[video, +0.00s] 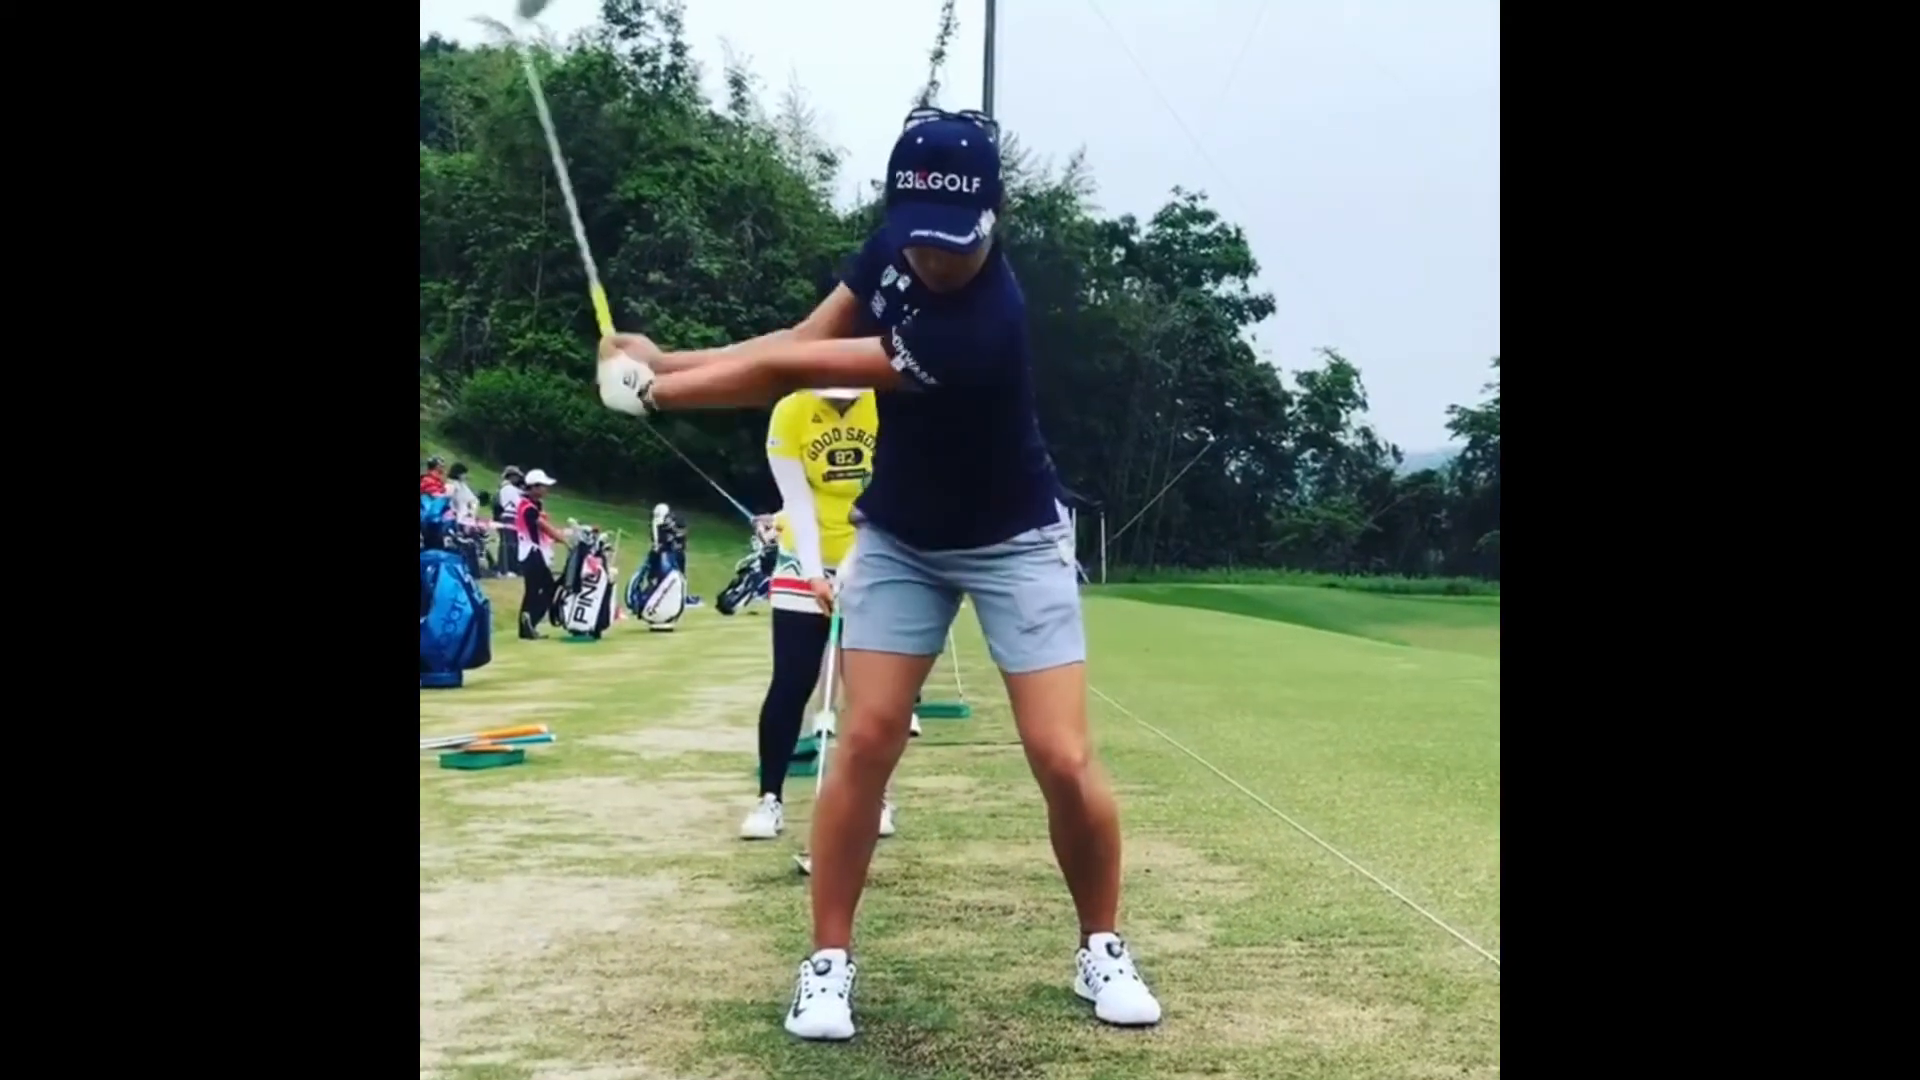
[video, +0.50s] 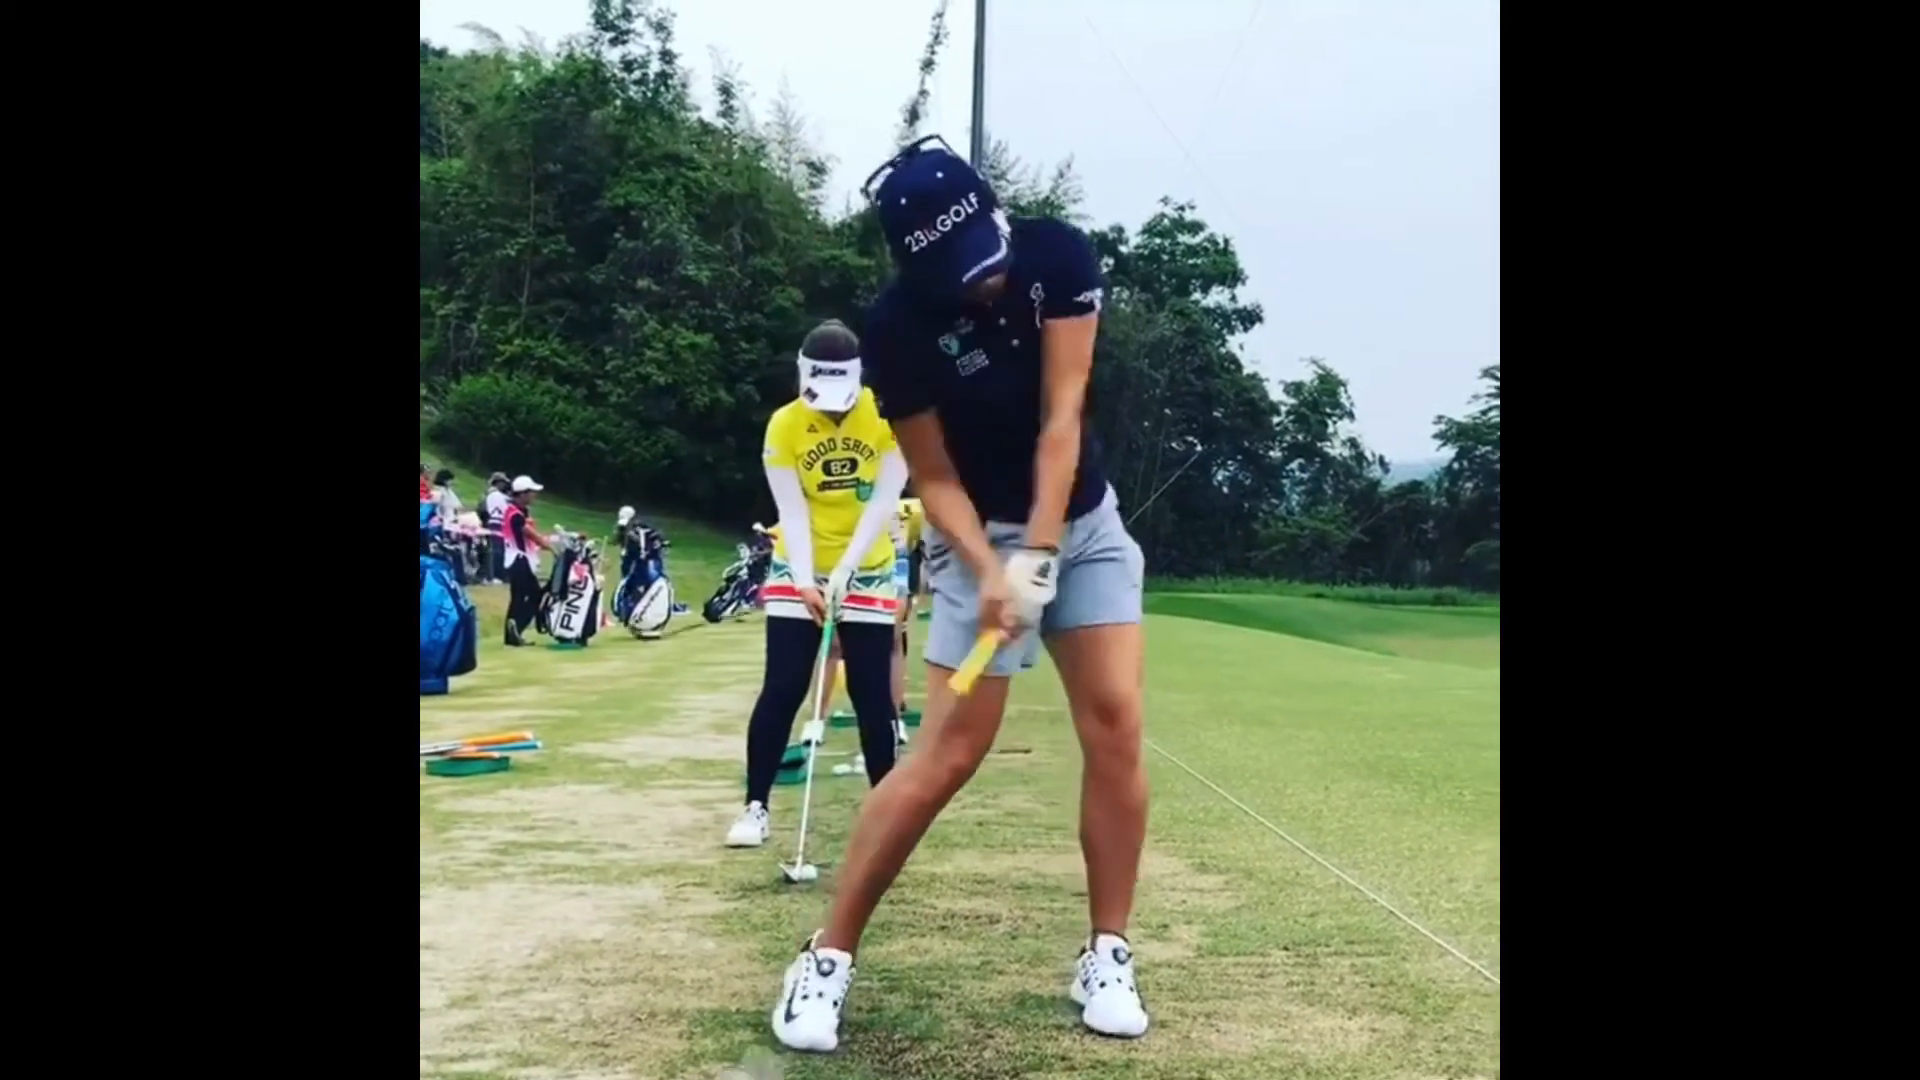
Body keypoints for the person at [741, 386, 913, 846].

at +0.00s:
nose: (839, 380)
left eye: (847, 365)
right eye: (826, 364)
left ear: (868, 358)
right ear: (811, 361)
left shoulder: (887, 404)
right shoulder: (791, 413)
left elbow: (898, 486)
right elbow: (797, 502)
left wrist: (870, 560)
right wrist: (813, 570)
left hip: (871, 556)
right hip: (804, 560)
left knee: (878, 689)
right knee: (792, 682)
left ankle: (875, 790)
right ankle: (770, 798)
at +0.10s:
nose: (827, 387)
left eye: (838, 376)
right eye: (817, 376)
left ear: (854, 367)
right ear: (801, 368)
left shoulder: (876, 405)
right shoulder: (779, 416)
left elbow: (891, 491)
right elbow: (788, 502)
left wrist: (851, 564)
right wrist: (806, 571)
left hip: (864, 556)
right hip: (794, 560)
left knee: (868, 691)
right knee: (786, 686)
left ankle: (876, 797)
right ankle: (768, 800)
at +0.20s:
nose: (821, 398)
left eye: (832, 389)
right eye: (810, 388)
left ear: (850, 374)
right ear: (793, 373)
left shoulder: (873, 406)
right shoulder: (772, 420)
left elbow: (878, 491)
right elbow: (783, 507)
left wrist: (841, 563)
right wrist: (802, 573)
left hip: (857, 556)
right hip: (789, 558)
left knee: (870, 690)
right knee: (785, 685)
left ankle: (876, 796)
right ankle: (767, 802)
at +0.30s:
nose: (820, 402)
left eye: (831, 391)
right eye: (809, 391)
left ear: (849, 373)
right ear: (792, 375)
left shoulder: (878, 410)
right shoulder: (772, 422)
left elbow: (877, 495)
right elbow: (782, 508)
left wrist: (839, 566)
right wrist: (801, 573)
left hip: (857, 561)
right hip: (787, 561)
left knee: (868, 690)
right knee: (782, 688)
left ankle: (884, 791)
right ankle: (764, 805)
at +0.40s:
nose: (818, 391)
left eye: (830, 380)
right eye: (809, 380)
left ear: (853, 374)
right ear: (796, 373)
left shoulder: (889, 418)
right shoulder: (778, 424)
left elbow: (880, 501)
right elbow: (787, 511)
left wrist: (840, 569)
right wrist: (802, 576)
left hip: (865, 568)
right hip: (791, 566)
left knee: (871, 694)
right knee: (782, 689)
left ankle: (892, 805)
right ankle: (761, 806)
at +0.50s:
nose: (830, 404)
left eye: (841, 392)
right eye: (820, 391)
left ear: (859, 375)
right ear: (804, 376)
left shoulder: (888, 415)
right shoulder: (784, 428)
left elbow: (885, 499)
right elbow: (792, 513)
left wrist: (844, 568)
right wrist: (803, 580)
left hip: (870, 570)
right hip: (798, 568)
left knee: (873, 699)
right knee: (782, 689)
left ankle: (890, 813)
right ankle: (755, 807)